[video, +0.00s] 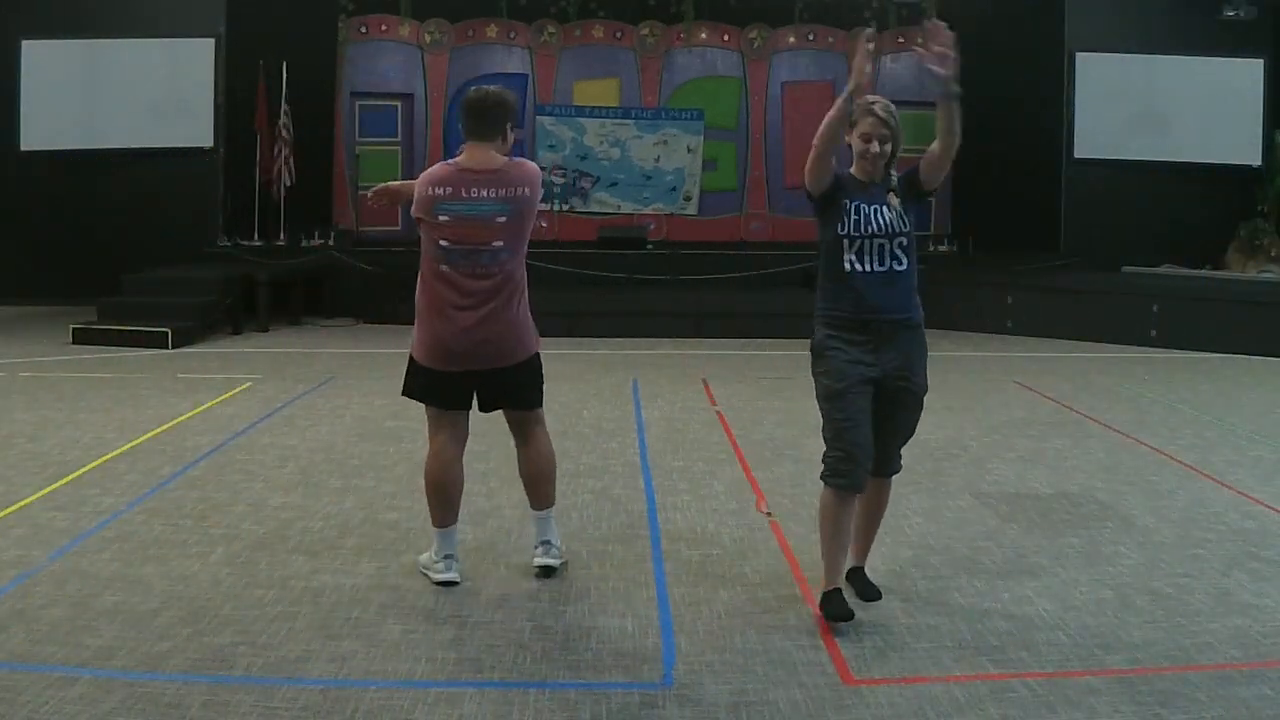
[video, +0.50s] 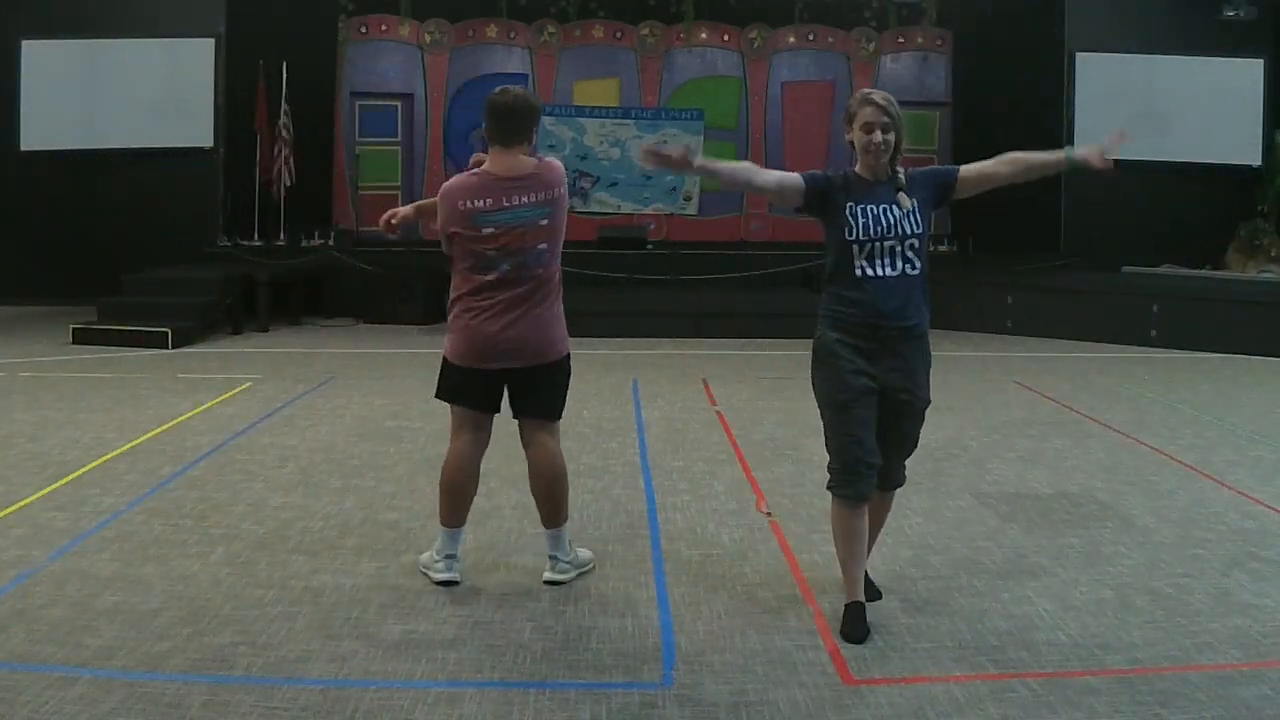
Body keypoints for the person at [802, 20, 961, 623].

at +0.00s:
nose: (873, 144)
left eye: (882, 137)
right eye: (865, 136)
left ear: (896, 144)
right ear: (850, 140)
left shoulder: (910, 186)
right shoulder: (830, 187)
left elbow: (945, 149)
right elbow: (821, 151)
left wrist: (946, 85)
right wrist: (852, 89)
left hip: (902, 343)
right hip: (842, 344)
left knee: (883, 464)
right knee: (848, 463)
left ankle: (857, 566)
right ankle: (832, 585)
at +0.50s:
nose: (875, 136)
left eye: (883, 128)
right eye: (865, 128)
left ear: (897, 135)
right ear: (849, 135)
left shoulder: (925, 186)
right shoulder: (831, 190)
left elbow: (1004, 168)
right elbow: (761, 178)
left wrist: (1074, 157)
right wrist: (697, 163)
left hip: (906, 352)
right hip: (845, 350)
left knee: (887, 474)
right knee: (853, 474)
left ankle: (860, 568)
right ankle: (853, 598)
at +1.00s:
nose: (868, 128)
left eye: (876, 119)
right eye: (854, 124)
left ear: (893, 127)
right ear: (837, 139)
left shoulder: (916, 178)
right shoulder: (841, 183)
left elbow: (952, 163)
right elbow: (888, 144)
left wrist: (946, 108)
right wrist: (946, 84)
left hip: (933, 347)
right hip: (868, 351)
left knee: (975, 471)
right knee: (864, 483)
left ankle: (994, 589)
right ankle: (857, 601)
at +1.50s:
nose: (942, 127)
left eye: (951, 118)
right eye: (931, 122)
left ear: (972, 132)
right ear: (923, 137)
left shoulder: (995, 202)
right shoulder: (925, 179)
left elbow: (1039, 253)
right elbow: (1011, 201)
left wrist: (1034, 175)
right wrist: (1099, 200)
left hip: (1001, 360)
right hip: (936, 361)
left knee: (1010, 487)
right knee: (906, 490)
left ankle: (1015, 603)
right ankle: (864, 601)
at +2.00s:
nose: (1020, 123)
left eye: (1028, 115)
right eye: (1007, 117)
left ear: (1041, 130)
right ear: (989, 132)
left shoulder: (1041, 206)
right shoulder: (990, 175)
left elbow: (1072, 281)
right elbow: (1063, 228)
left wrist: (1081, 215)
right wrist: (1096, 226)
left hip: (1025, 361)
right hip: (961, 356)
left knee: (1021, 486)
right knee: (908, 481)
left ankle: (1014, 604)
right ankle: (842, 594)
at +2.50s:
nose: (949, 132)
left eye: (961, 123)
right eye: (940, 124)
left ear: (983, 133)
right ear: (930, 134)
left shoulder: (1005, 198)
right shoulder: (909, 194)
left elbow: (1078, 248)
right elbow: (906, 269)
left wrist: (1027, 204)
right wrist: (991, 249)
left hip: (995, 368)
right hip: (921, 366)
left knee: (1004, 491)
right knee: (885, 490)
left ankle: (1013, 604)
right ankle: (839, 605)